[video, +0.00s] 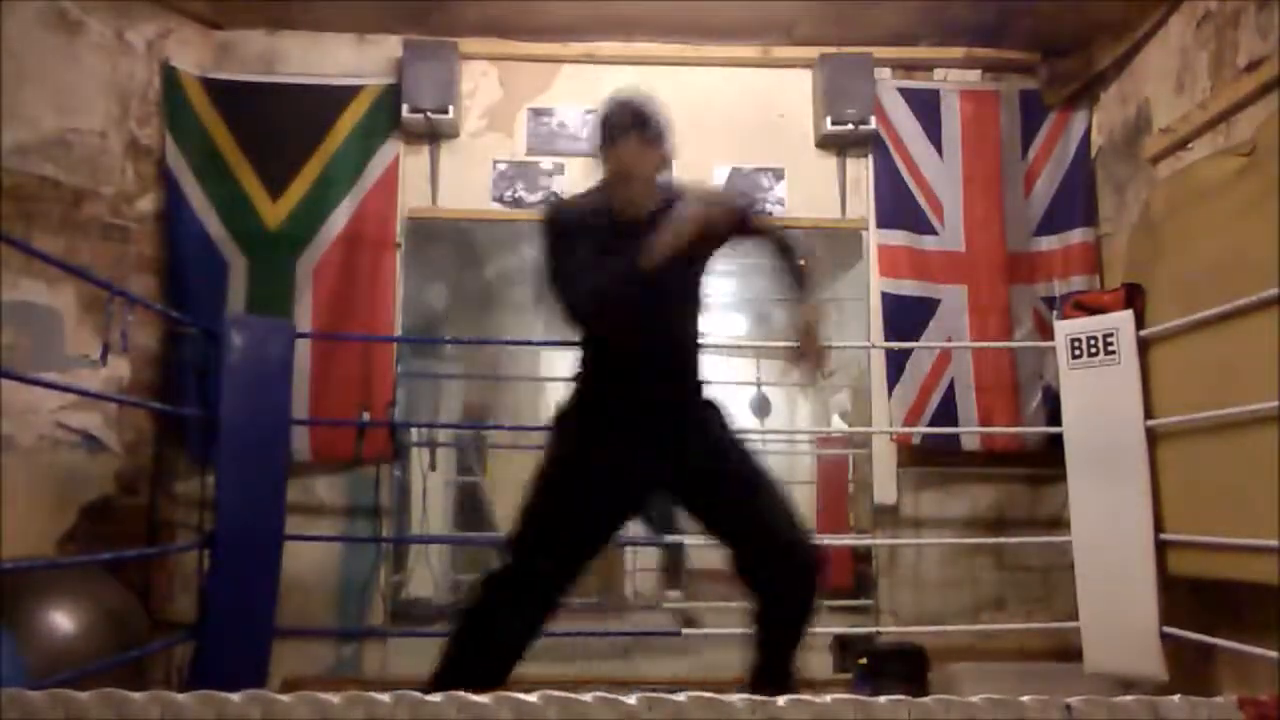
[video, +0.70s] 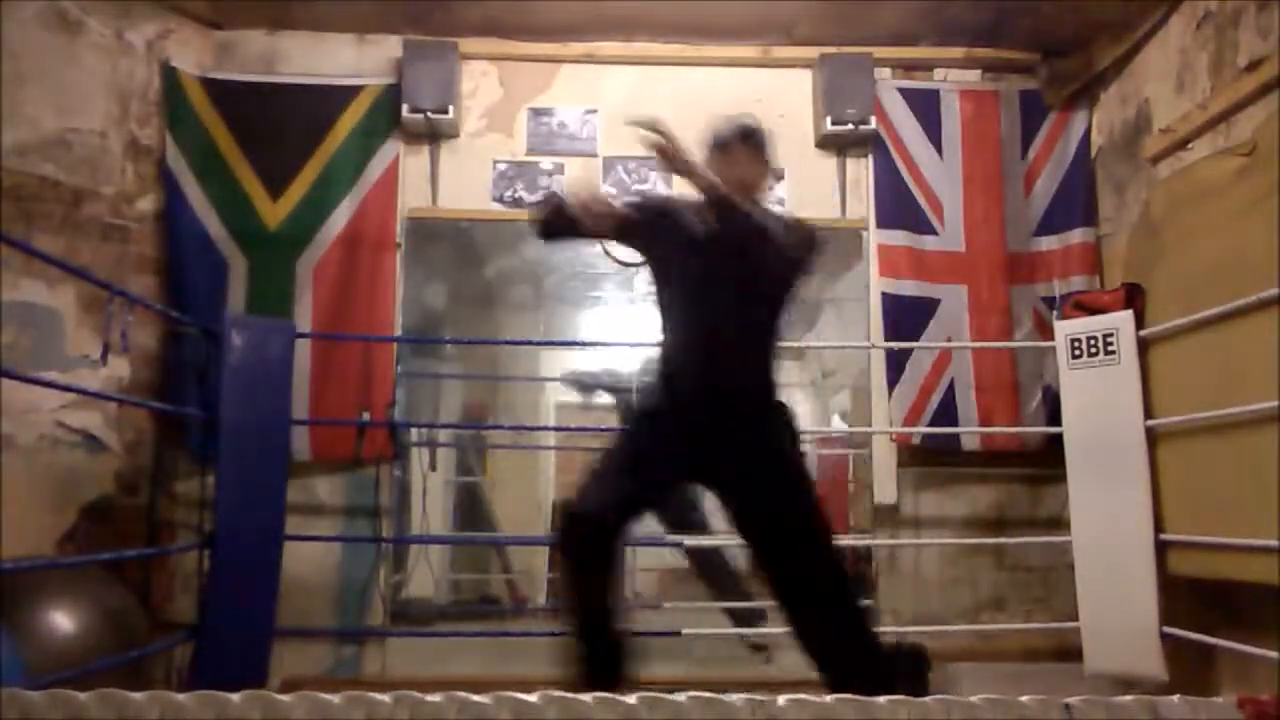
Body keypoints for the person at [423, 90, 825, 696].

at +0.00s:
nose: (641, 155)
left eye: (650, 143)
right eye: (629, 143)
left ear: (664, 153)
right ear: (607, 152)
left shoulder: (690, 213)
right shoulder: (573, 220)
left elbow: (775, 240)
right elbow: (588, 303)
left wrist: (804, 313)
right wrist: (669, 242)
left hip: (683, 425)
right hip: (603, 428)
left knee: (788, 562)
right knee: (531, 580)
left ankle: (769, 701)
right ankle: (443, 707)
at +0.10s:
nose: (686, 150)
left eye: (699, 136)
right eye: (676, 137)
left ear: (721, 141)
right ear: (661, 142)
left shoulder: (757, 195)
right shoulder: (632, 203)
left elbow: (841, 208)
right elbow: (650, 257)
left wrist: (892, 261)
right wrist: (729, 194)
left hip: (736, 412)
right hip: (654, 413)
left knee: (823, 552)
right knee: (594, 555)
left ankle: (859, 692)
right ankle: (549, 693)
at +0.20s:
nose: (740, 177)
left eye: (753, 165)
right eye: (732, 164)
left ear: (776, 173)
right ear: (718, 171)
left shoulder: (807, 230)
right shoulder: (687, 235)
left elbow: (893, 262)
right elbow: (696, 297)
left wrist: (967, 320)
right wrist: (782, 247)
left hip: (788, 432)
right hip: (709, 432)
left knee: (851, 566)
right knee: (661, 565)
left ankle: (907, 695)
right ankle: (662, 691)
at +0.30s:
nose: (819, 252)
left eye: (826, 239)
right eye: (806, 238)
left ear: (838, 239)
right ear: (779, 237)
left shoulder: (853, 300)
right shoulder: (734, 309)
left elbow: (930, 360)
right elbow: (738, 397)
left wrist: (1006, 416)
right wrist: (816, 356)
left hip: (838, 488)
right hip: (760, 495)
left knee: (913, 634)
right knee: (749, 646)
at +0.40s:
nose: (853, 293)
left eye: (862, 279)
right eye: (842, 279)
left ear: (872, 271)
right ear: (811, 264)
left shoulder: (882, 340)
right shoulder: (755, 337)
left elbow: (913, 419)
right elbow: (748, 450)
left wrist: (950, 478)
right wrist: (799, 502)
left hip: (847, 481)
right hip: (771, 493)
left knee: (937, 647)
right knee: (822, 658)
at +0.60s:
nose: (809, 231)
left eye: (819, 220)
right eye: (798, 218)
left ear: (831, 226)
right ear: (774, 219)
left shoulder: (838, 292)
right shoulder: (725, 275)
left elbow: (824, 336)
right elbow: (673, 288)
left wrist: (780, 271)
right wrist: (638, 305)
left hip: (803, 461)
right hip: (729, 460)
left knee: (863, 581)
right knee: (688, 573)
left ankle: (926, 693)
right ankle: (729, 683)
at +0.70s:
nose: (738, 173)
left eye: (750, 163)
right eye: (726, 161)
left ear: (765, 172)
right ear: (708, 165)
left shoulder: (786, 235)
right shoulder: (667, 220)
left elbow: (769, 248)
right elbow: (558, 224)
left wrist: (689, 173)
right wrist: (571, 208)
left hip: (750, 426)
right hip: (673, 422)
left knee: (802, 559)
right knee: (586, 524)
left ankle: (868, 679)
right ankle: (600, 677)